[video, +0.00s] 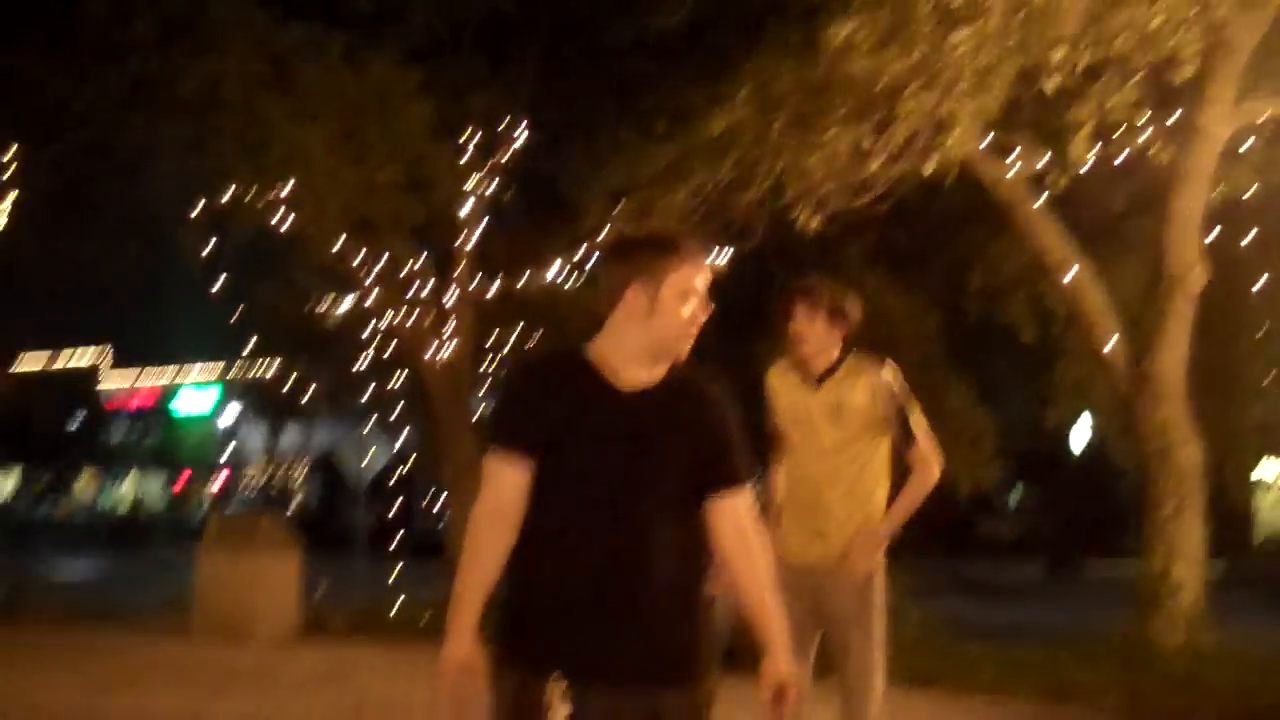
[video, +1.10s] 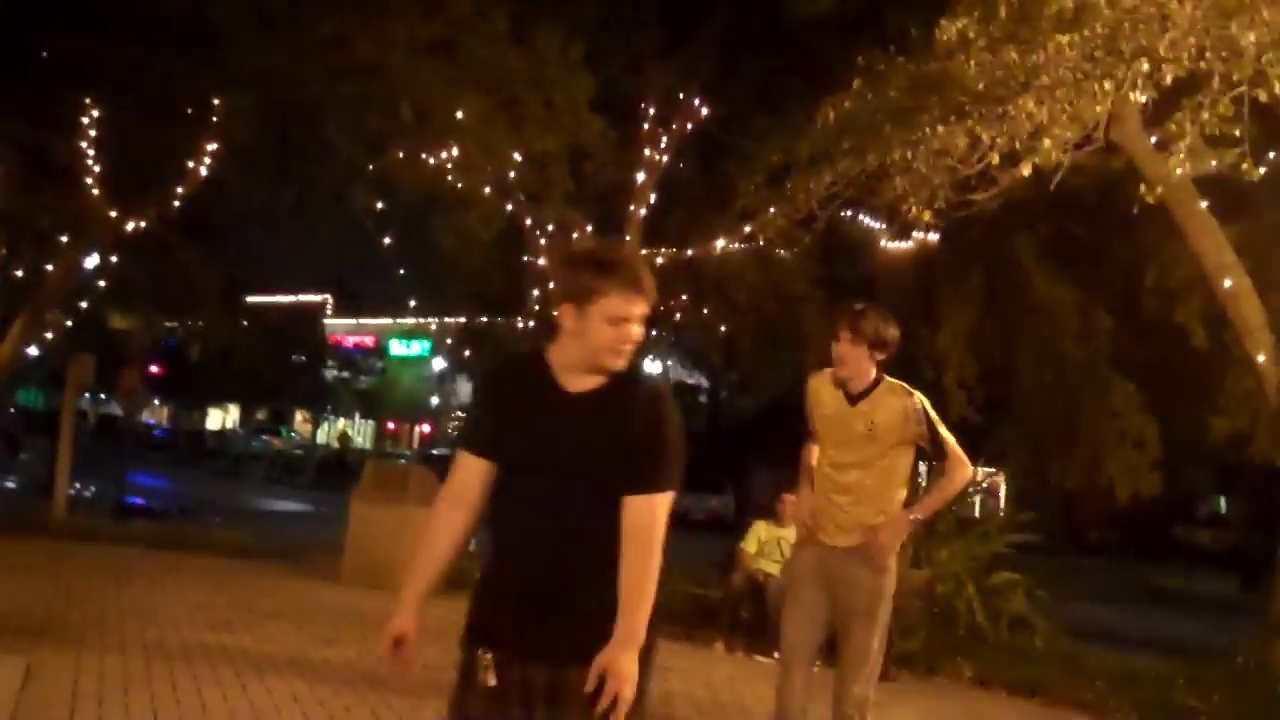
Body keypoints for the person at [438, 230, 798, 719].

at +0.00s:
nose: (704, 312)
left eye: (705, 298)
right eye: (688, 296)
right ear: (634, 297)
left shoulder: (699, 406)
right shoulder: (542, 386)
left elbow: (739, 532)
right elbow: (497, 513)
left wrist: (776, 650)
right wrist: (461, 631)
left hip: (663, 671)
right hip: (541, 667)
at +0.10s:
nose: (761, 320)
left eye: (763, 306)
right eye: (747, 304)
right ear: (693, 299)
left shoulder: (761, 414)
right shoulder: (605, 390)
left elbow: (796, 536)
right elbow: (557, 511)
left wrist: (836, 647)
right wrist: (518, 630)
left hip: (719, 661)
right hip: (601, 656)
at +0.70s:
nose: (769, 364)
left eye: (774, 348)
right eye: (752, 348)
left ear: (779, 344)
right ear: (698, 342)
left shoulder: (780, 433)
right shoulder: (633, 406)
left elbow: (786, 577)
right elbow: (581, 528)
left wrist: (776, 692)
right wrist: (529, 636)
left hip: (726, 679)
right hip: (629, 671)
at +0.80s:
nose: (749, 385)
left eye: (755, 369)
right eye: (731, 371)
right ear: (678, 364)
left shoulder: (756, 449)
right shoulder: (618, 424)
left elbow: (753, 588)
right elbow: (565, 539)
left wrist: (732, 701)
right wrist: (511, 647)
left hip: (697, 685)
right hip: (602, 672)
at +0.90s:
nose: (725, 382)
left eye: (732, 367)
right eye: (705, 368)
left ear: (738, 366)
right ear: (655, 362)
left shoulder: (733, 449)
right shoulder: (599, 421)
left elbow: (719, 586)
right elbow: (545, 532)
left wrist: (694, 697)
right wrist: (490, 638)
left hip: (672, 682)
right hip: (583, 666)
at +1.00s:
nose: (677, 365)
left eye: (683, 350)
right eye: (658, 349)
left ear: (690, 350)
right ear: (607, 343)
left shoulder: (683, 435)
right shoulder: (553, 409)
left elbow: (672, 570)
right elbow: (495, 521)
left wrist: (645, 676)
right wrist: (441, 623)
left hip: (621, 671)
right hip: (530, 654)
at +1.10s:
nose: (633, 336)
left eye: (641, 322)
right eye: (618, 321)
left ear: (648, 321)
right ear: (568, 315)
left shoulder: (645, 409)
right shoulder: (508, 386)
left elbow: (643, 539)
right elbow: (459, 499)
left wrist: (626, 645)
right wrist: (409, 605)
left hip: (596, 652)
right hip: (502, 639)